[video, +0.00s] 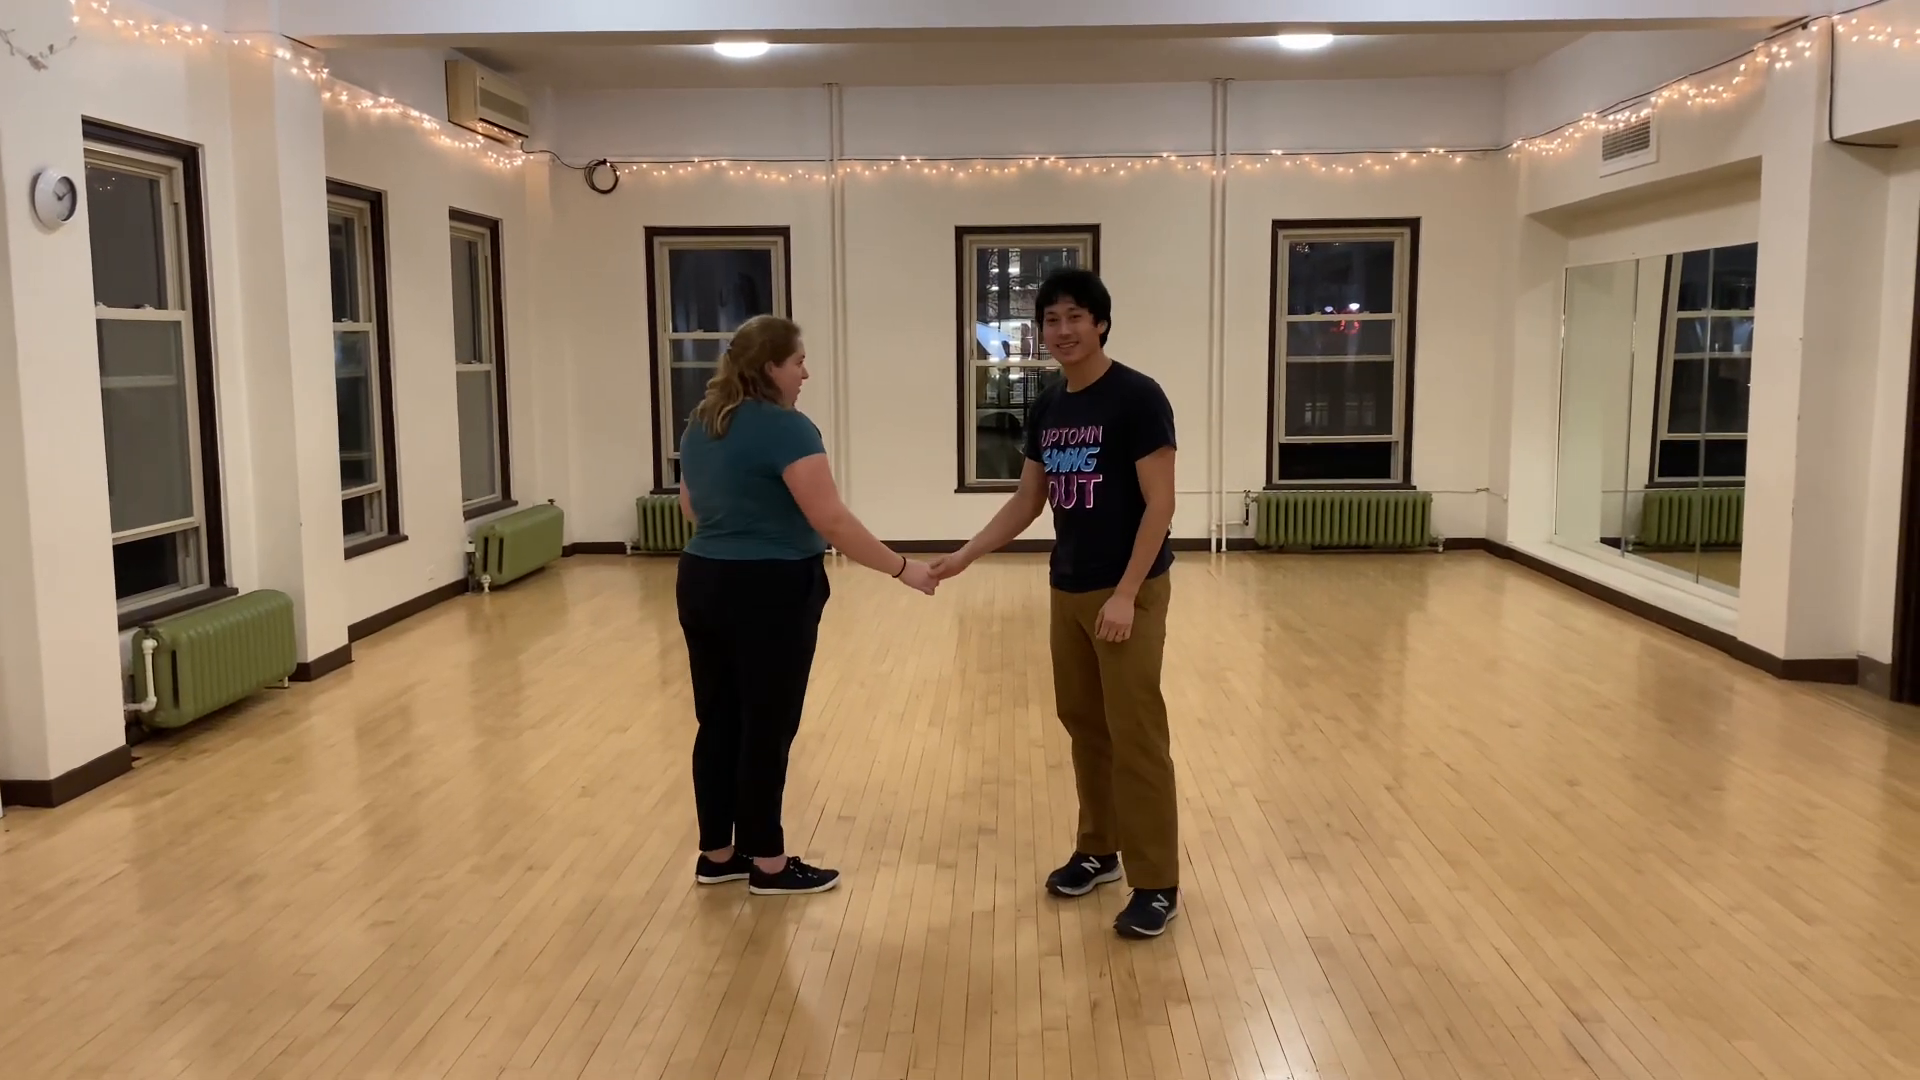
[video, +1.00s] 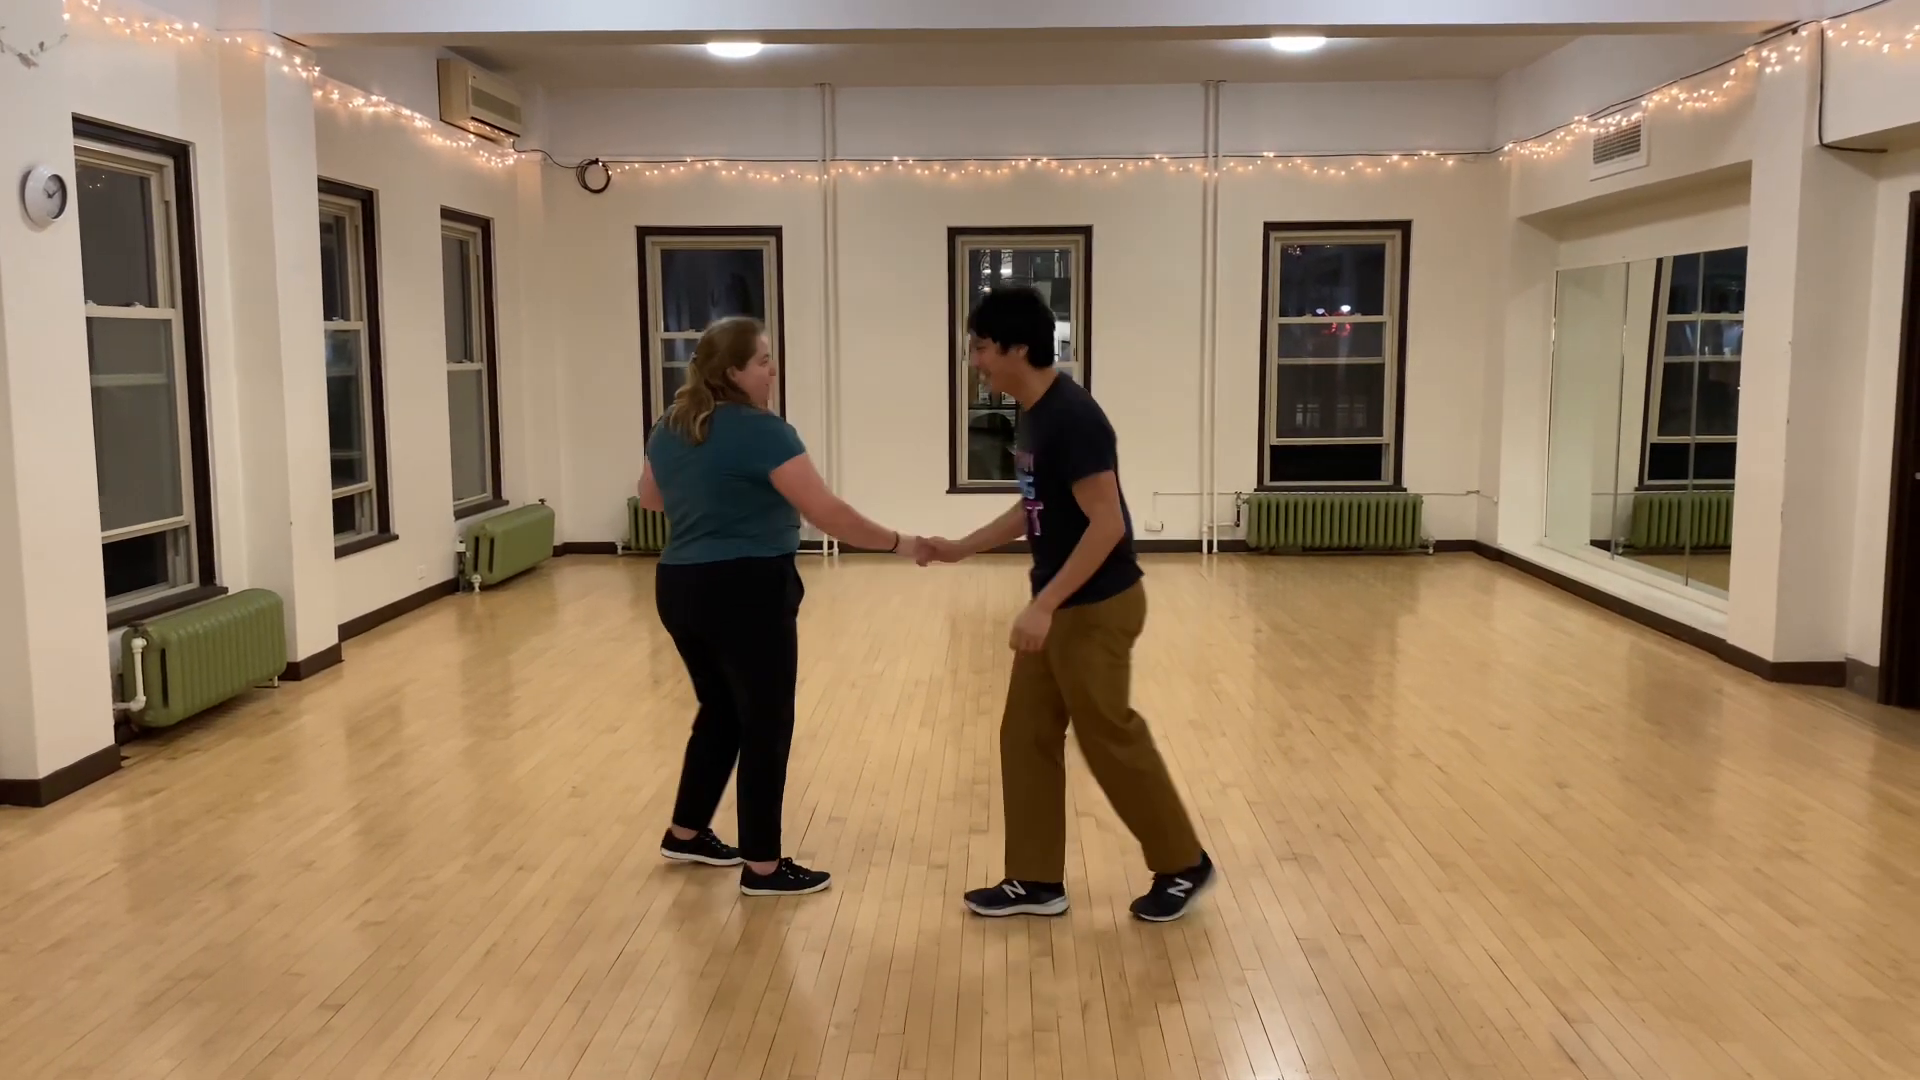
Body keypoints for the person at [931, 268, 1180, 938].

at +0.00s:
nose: (1063, 330)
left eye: (1075, 317)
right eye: (1052, 320)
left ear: (1102, 323)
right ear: (1042, 330)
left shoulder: (1139, 399)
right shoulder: (1047, 406)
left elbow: (1160, 506)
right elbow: (1027, 500)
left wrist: (1126, 593)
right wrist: (961, 557)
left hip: (1130, 594)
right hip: (1070, 593)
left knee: (1135, 738)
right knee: (1085, 727)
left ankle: (1156, 885)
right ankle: (1099, 849)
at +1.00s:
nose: (976, 362)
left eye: (981, 349)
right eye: (975, 349)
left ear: (1016, 350)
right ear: (1020, 350)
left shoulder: (1072, 416)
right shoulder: (1033, 414)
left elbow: (1109, 523)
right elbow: (1035, 512)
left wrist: (1045, 602)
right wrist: (961, 548)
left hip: (1099, 604)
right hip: (1054, 602)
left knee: (1107, 734)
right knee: (1028, 737)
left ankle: (1184, 864)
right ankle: (1037, 880)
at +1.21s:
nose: (936, 343)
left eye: (944, 331)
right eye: (938, 330)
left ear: (980, 338)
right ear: (976, 336)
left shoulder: (1038, 403)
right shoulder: (993, 411)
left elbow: (1087, 502)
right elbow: (987, 507)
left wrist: (1017, 569)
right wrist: (903, 536)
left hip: (1059, 591)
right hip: (1026, 591)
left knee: (1006, 727)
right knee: (1013, 728)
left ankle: (1098, 855)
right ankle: (1035, 878)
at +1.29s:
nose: (926, 343)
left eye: (936, 331)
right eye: (929, 331)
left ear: (970, 339)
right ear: (968, 341)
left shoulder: (1028, 406)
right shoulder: (977, 419)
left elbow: (1078, 500)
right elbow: (954, 512)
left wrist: (1009, 562)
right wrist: (867, 529)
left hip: (1046, 597)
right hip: (1021, 594)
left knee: (973, 726)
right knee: (1005, 726)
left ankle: (1031, 876)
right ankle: (1033, 873)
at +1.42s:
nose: (913, 350)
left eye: (922, 338)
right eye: (916, 337)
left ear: (957, 347)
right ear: (956, 347)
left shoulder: (1016, 412)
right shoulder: (957, 423)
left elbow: (1067, 504)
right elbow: (916, 515)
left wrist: (994, 564)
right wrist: (820, 529)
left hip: (1031, 602)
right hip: (997, 599)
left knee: (938, 724)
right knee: (983, 735)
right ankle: (1031, 877)